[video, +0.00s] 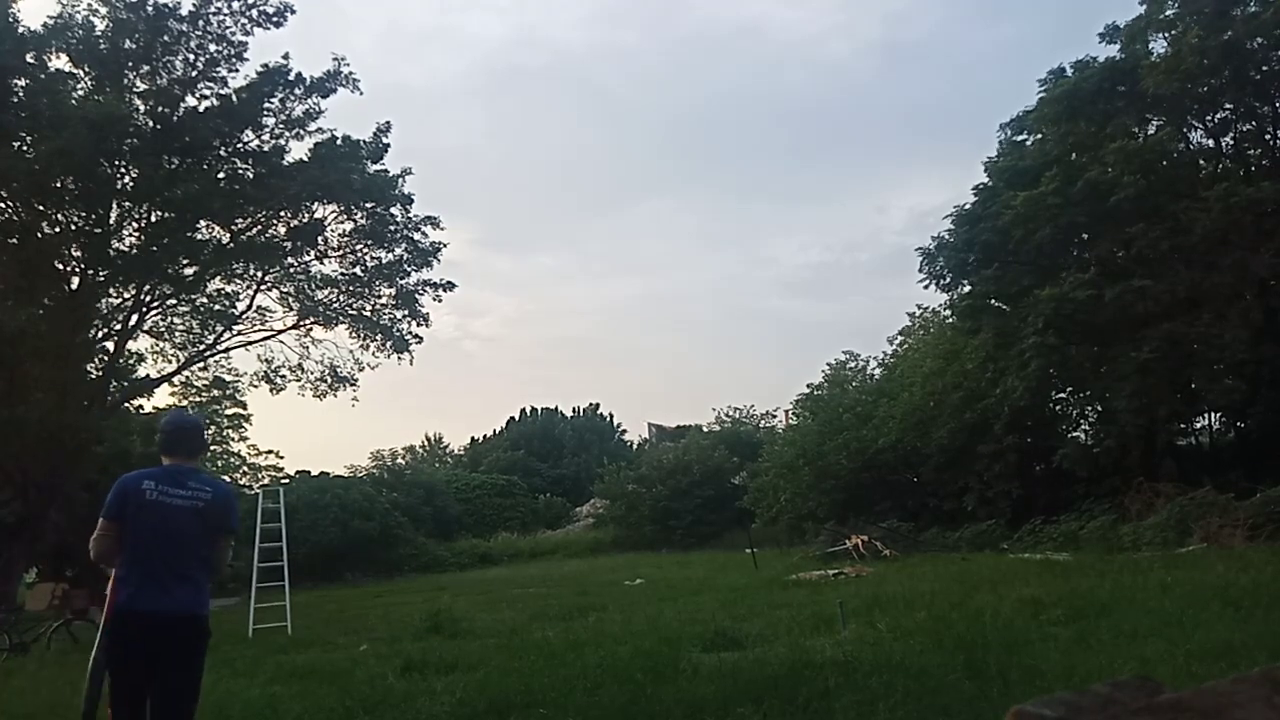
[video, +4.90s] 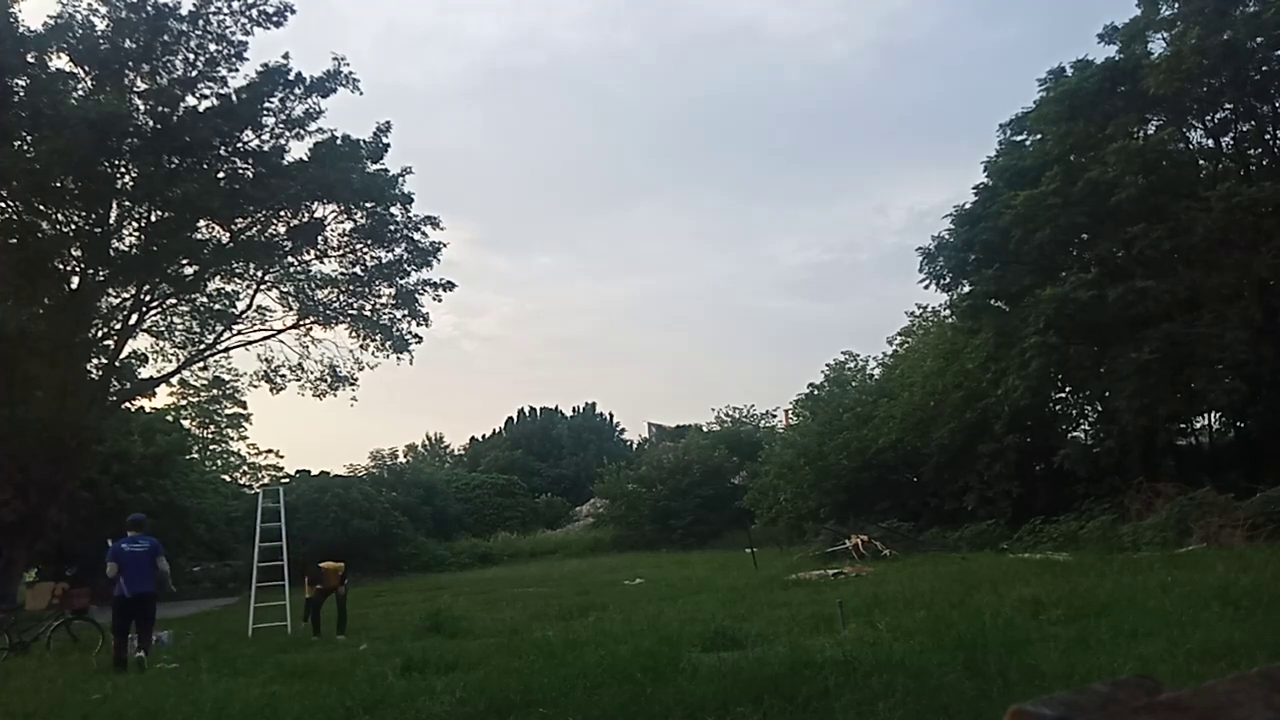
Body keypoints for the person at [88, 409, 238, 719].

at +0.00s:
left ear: (160, 445)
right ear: (203, 448)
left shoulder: (129, 484)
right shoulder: (222, 493)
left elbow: (100, 549)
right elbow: (220, 564)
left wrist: (135, 565)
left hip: (130, 619)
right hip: (187, 623)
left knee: (126, 708)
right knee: (176, 708)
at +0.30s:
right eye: (189, 458)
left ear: (149, 464)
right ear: (189, 462)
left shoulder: (127, 503)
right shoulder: (211, 502)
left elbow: (108, 564)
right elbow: (222, 563)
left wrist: (142, 550)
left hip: (138, 626)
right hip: (191, 626)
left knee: (136, 710)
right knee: (190, 709)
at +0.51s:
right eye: (193, 458)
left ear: (156, 460)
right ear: (192, 460)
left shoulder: (132, 494)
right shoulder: (211, 493)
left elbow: (114, 552)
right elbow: (222, 549)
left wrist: (147, 561)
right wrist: (214, 579)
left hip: (145, 605)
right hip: (195, 605)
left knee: (143, 690)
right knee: (204, 669)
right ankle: (191, 714)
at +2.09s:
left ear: (185, 492)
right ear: (209, 494)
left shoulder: (167, 515)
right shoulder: (219, 520)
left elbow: (151, 553)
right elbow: (234, 555)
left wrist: (167, 554)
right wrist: (223, 562)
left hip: (172, 596)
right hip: (204, 597)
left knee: (164, 650)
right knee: (198, 650)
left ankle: (170, 686)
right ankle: (196, 700)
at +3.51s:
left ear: (165, 513)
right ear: (185, 514)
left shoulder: (153, 532)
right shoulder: (195, 534)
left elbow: (142, 563)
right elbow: (200, 560)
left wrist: (140, 585)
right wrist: (186, 566)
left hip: (156, 593)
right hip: (182, 594)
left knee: (149, 636)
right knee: (180, 637)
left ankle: (143, 676)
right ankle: (179, 679)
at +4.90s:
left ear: (128, 528)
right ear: (144, 528)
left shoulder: (117, 546)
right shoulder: (152, 543)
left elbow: (110, 572)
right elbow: (164, 567)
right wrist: (169, 585)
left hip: (124, 597)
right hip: (147, 595)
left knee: (120, 633)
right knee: (145, 628)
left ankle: (120, 668)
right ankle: (142, 651)